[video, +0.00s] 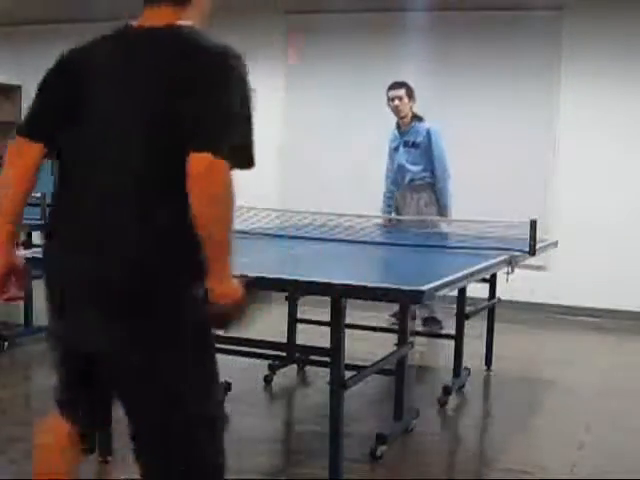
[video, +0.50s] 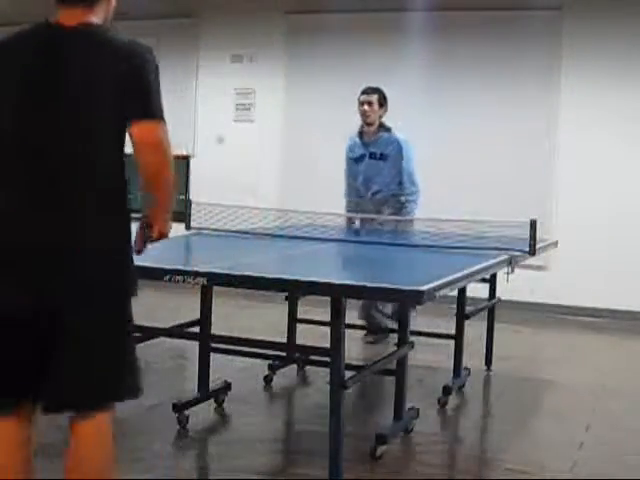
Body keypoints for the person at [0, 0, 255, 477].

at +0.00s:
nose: (209, 7)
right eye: (208, 5)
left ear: (145, 3)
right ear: (198, 4)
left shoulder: (81, 59)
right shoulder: (212, 63)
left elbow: (23, 156)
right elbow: (206, 169)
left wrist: (5, 243)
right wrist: (219, 273)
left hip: (73, 285)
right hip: (158, 293)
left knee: (74, 413)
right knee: (184, 455)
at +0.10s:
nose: (177, 12)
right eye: (178, 7)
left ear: (109, 7)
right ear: (169, 7)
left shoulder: (46, 74)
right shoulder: (182, 75)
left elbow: (5, 163)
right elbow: (201, 177)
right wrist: (209, 266)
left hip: (51, 293)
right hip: (139, 299)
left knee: (35, 433)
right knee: (161, 458)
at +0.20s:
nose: (144, 17)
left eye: (143, 11)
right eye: (142, 10)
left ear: (75, 13)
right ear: (133, 11)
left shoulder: (16, 85)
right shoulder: (153, 86)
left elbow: (6, 189)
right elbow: (185, 185)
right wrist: (196, 266)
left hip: (22, 297)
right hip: (111, 300)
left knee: (10, 444)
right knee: (154, 457)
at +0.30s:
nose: (124, 13)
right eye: (124, 8)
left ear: (59, 8)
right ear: (117, 7)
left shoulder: (9, 64)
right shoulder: (137, 70)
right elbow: (168, 165)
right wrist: (178, 245)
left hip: (14, 273)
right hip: (102, 277)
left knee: (14, 427)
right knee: (136, 435)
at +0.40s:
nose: (114, 7)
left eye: (110, 6)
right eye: (114, 5)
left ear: (55, 1)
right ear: (108, 3)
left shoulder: (10, 42)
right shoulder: (129, 51)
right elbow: (154, 136)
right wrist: (165, 216)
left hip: (13, 247)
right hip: (96, 249)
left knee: (11, 399)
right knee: (108, 406)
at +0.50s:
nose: (114, 9)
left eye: (111, 6)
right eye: (114, 5)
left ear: (55, 3)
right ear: (108, 5)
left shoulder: (11, 49)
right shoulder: (125, 57)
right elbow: (150, 144)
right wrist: (159, 209)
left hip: (13, 252)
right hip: (90, 255)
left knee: (12, 408)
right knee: (92, 410)